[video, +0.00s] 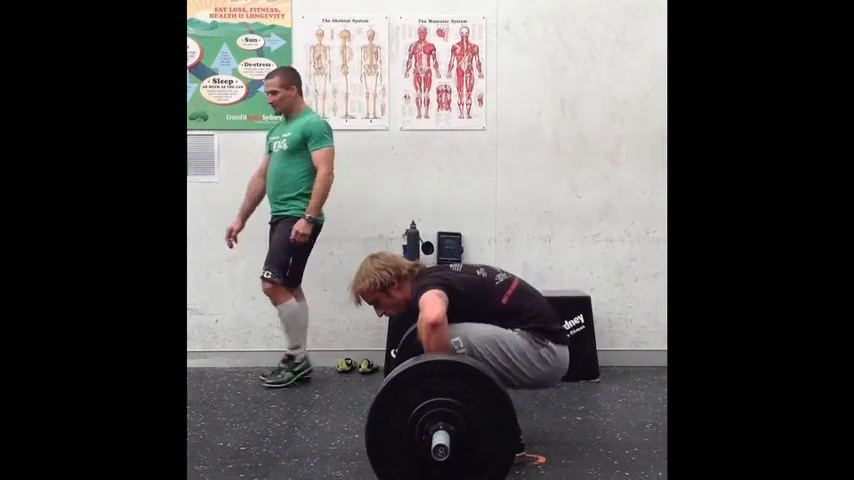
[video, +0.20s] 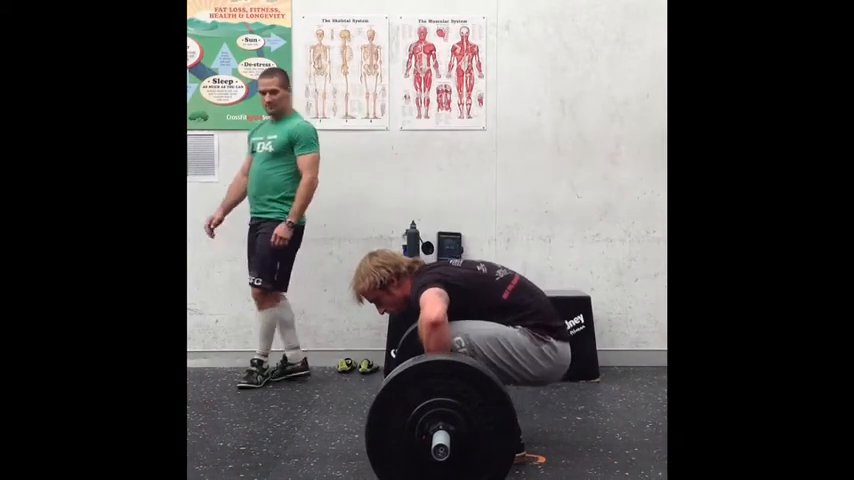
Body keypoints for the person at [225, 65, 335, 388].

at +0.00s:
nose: (269, 100)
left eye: (274, 93)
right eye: (267, 94)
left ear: (294, 91)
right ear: (275, 94)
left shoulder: (315, 125)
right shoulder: (276, 129)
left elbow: (326, 172)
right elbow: (262, 176)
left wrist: (309, 217)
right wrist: (241, 219)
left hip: (300, 218)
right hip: (280, 217)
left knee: (273, 284)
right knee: (291, 288)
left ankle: (297, 359)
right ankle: (299, 362)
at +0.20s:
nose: (268, 98)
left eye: (273, 92)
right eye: (263, 93)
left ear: (288, 92)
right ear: (259, 95)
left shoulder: (301, 129)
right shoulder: (258, 131)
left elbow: (310, 179)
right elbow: (245, 176)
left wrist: (291, 222)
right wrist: (222, 211)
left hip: (283, 222)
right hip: (259, 220)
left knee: (262, 292)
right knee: (271, 292)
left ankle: (261, 363)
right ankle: (296, 359)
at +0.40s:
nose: (262, 95)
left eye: (268, 89)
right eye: (257, 90)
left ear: (280, 90)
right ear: (250, 92)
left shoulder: (292, 129)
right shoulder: (242, 129)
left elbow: (298, 179)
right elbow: (230, 173)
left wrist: (287, 222)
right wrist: (214, 211)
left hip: (270, 221)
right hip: (242, 219)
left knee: (261, 289)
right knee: (222, 283)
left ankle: (260, 365)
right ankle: (275, 339)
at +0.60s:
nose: (253, 94)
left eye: (259, 88)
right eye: (247, 88)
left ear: (268, 91)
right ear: (238, 91)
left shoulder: (281, 129)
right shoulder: (223, 129)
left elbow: (297, 175)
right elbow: (209, 173)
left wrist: (287, 214)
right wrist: (199, 217)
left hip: (261, 221)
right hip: (225, 220)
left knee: (259, 290)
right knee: (205, 284)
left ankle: (259, 363)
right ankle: (221, 349)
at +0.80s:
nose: (236, 95)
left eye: (242, 90)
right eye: (230, 90)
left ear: (249, 94)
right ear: (220, 93)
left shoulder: (263, 132)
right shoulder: (201, 129)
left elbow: (291, 172)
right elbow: (186, 167)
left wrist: (286, 207)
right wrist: (187, 218)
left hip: (244, 222)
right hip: (205, 222)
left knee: (250, 291)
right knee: (194, 293)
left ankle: (259, 363)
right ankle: (190, 358)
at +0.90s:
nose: (227, 96)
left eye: (232, 91)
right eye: (221, 90)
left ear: (239, 95)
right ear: (209, 94)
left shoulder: (253, 132)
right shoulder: (193, 128)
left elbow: (285, 169)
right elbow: (187, 167)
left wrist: (279, 204)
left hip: (233, 221)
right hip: (196, 220)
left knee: (243, 290)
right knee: (192, 292)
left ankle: (257, 361)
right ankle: (190, 358)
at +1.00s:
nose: (220, 95)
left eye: (225, 90)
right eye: (214, 90)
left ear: (232, 94)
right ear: (202, 93)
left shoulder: (244, 131)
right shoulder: (189, 127)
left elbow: (279, 164)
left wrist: (270, 201)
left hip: (227, 219)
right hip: (191, 220)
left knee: (239, 287)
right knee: (190, 291)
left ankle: (255, 354)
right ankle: (189, 357)